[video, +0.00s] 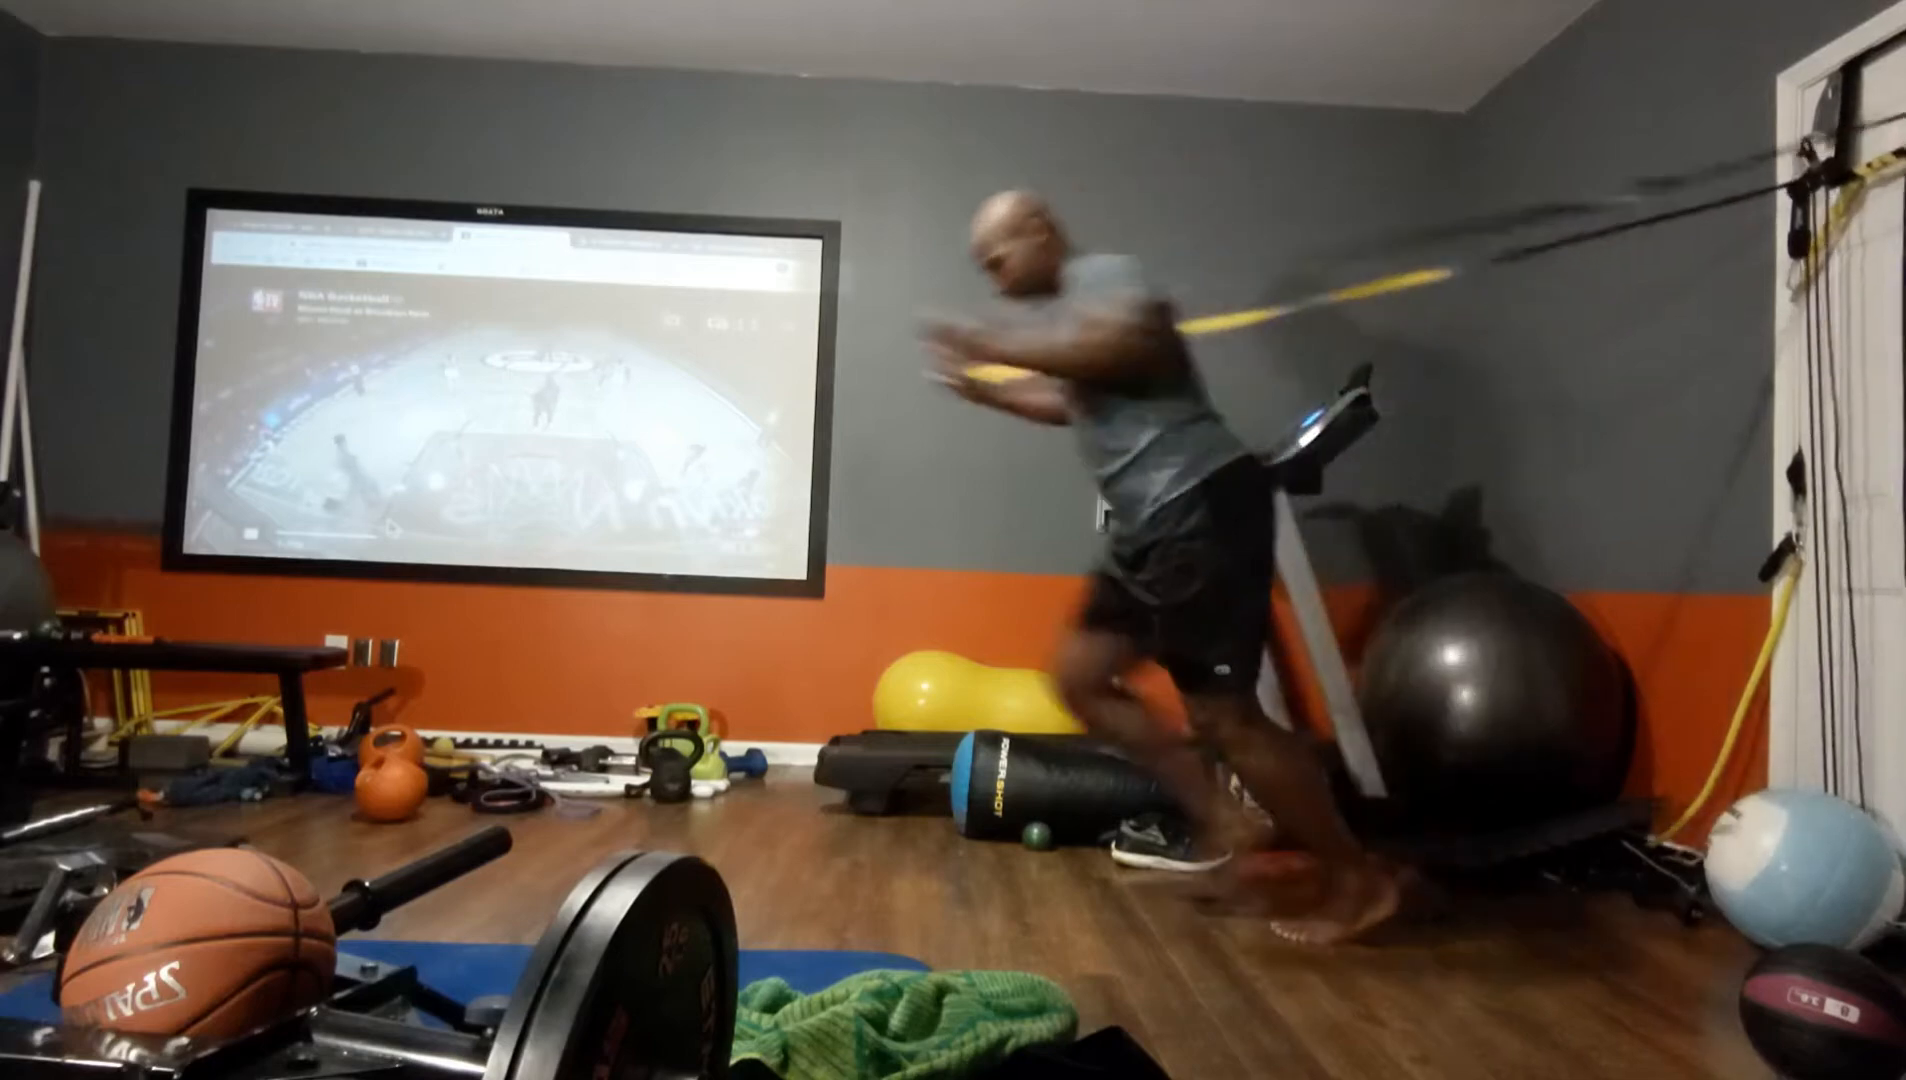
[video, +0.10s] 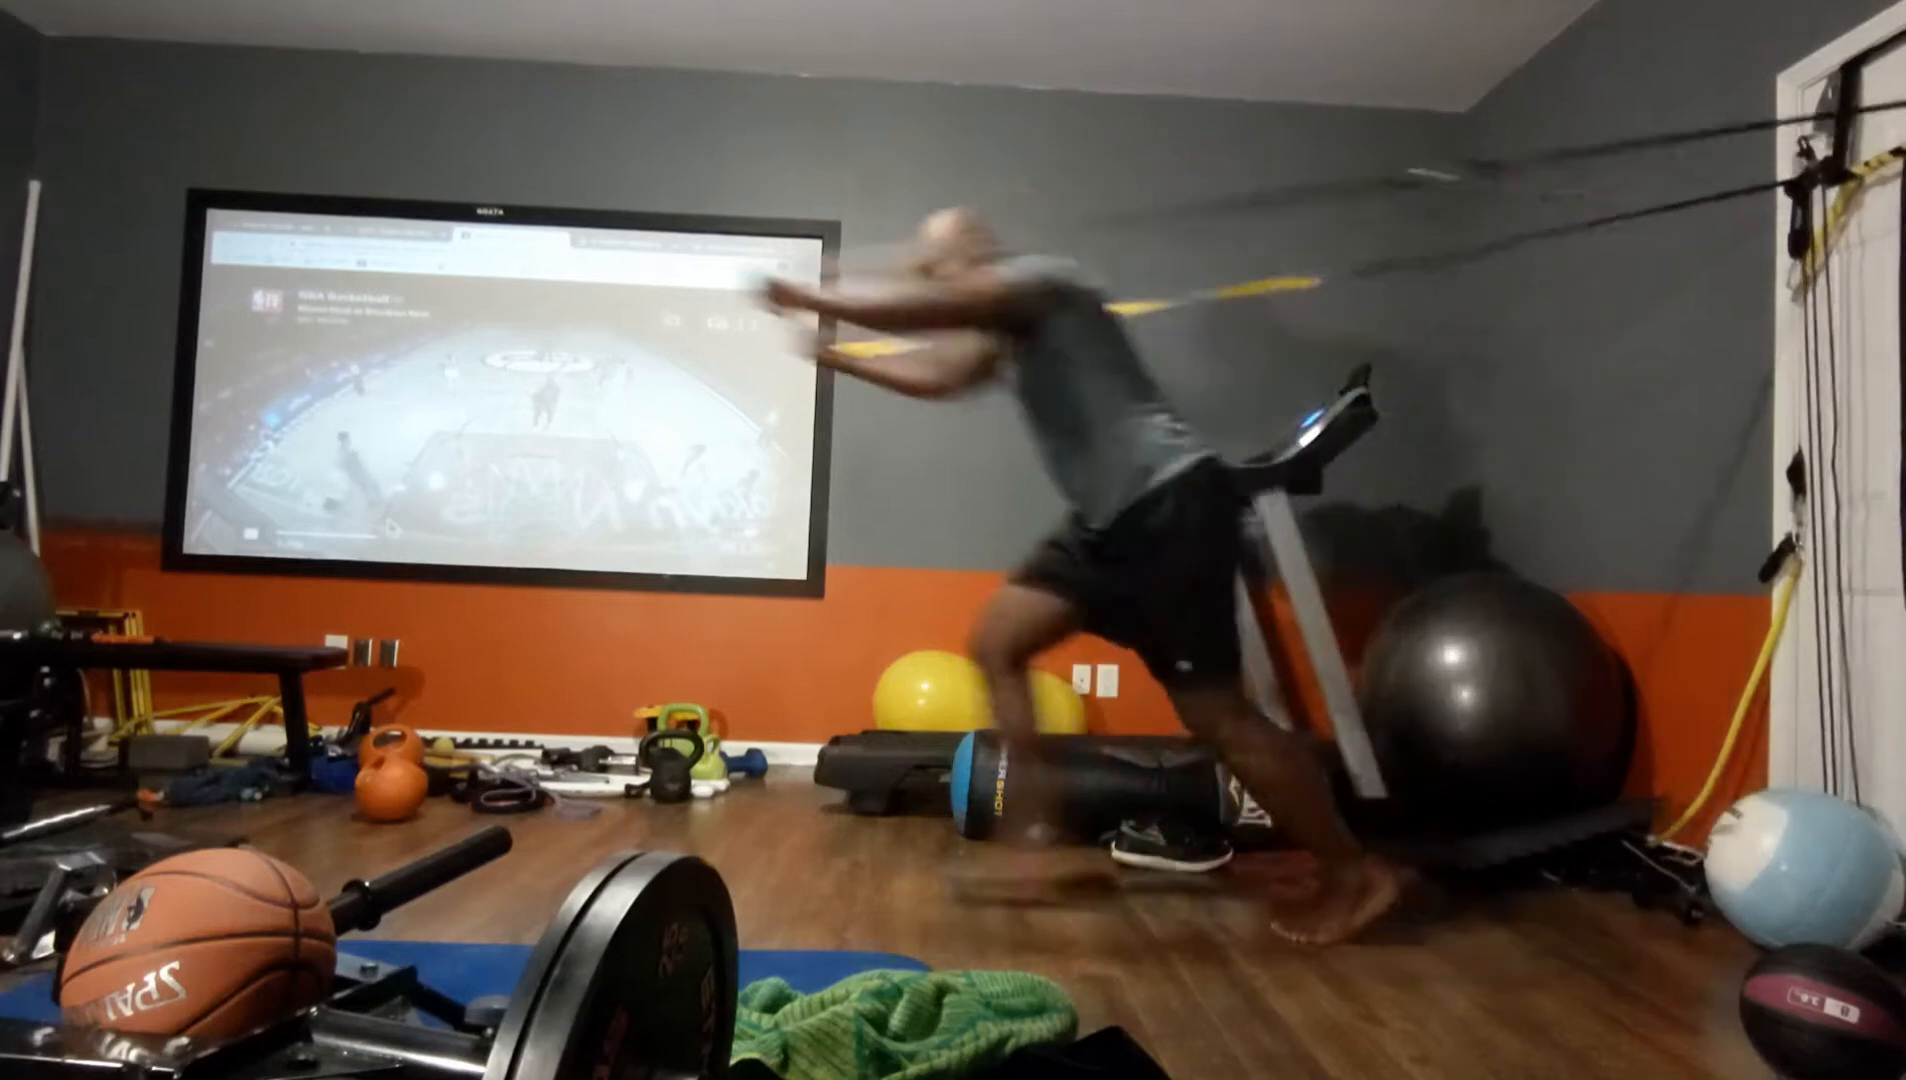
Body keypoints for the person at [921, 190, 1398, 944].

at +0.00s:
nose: (993, 271)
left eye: (1000, 251)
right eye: (984, 261)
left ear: (1045, 234)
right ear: (992, 267)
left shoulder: (1104, 275)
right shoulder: (1058, 326)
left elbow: (1124, 345)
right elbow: (1074, 405)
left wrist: (992, 344)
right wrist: (982, 386)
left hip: (1207, 497)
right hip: (1144, 522)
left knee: (1224, 718)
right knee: (1082, 678)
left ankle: (1356, 880)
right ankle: (1217, 830)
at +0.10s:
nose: (934, 285)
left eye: (936, 268)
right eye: (926, 276)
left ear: (971, 254)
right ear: (955, 268)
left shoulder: (1048, 283)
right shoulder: (1012, 335)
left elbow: (930, 306)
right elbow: (934, 377)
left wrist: (820, 296)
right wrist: (835, 356)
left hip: (1175, 502)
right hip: (1110, 525)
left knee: (1218, 718)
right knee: (997, 643)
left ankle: (1353, 875)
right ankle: (1036, 835)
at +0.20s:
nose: (856, 300)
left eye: (859, 283)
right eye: (854, 290)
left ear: (896, 269)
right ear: (891, 289)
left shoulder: (968, 297)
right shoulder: (934, 339)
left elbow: (834, 287)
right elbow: (833, 348)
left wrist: (700, 251)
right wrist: (740, 321)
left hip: (1115, 520)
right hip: (1047, 535)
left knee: (1188, 714)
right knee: (943, 670)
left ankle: (1352, 868)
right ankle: (884, 867)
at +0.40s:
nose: (769, 373)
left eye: (769, 354)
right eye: (761, 362)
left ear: (796, 332)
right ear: (805, 352)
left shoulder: (872, 351)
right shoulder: (846, 385)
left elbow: (721, 315)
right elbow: (745, 365)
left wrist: (596, 270)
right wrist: (665, 326)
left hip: (1025, 547)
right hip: (956, 563)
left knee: (1105, 743)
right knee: (844, 668)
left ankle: (1297, 861)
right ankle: (863, 868)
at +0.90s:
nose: (808, 343)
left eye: (807, 322)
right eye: (802, 331)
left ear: (836, 303)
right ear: (836, 313)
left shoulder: (913, 330)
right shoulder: (874, 384)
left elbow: (785, 321)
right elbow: (782, 367)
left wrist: (653, 288)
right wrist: (697, 323)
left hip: (1048, 549)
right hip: (978, 562)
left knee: (1114, 751)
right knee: (860, 665)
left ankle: (1304, 858)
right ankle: (860, 869)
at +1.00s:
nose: (861, 303)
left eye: (870, 287)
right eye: (855, 293)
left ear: (915, 276)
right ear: (874, 301)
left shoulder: (971, 316)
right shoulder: (919, 368)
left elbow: (871, 330)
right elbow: (862, 386)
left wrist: (744, 300)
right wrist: (781, 341)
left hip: (1079, 537)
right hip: (1005, 554)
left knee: (1136, 748)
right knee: (891, 666)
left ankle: (1317, 863)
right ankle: (862, 871)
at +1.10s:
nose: (933, 276)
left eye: (944, 257)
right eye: (923, 263)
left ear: (987, 247)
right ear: (922, 267)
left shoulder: (1039, 295)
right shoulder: (994, 352)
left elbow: (989, 343)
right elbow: (948, 403)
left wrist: (859, 324)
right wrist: (853, 364)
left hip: (1125, 527)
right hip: (1053, 543)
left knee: (1171, 729)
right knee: (956, 669)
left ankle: (1338, 872)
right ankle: (876, 866)